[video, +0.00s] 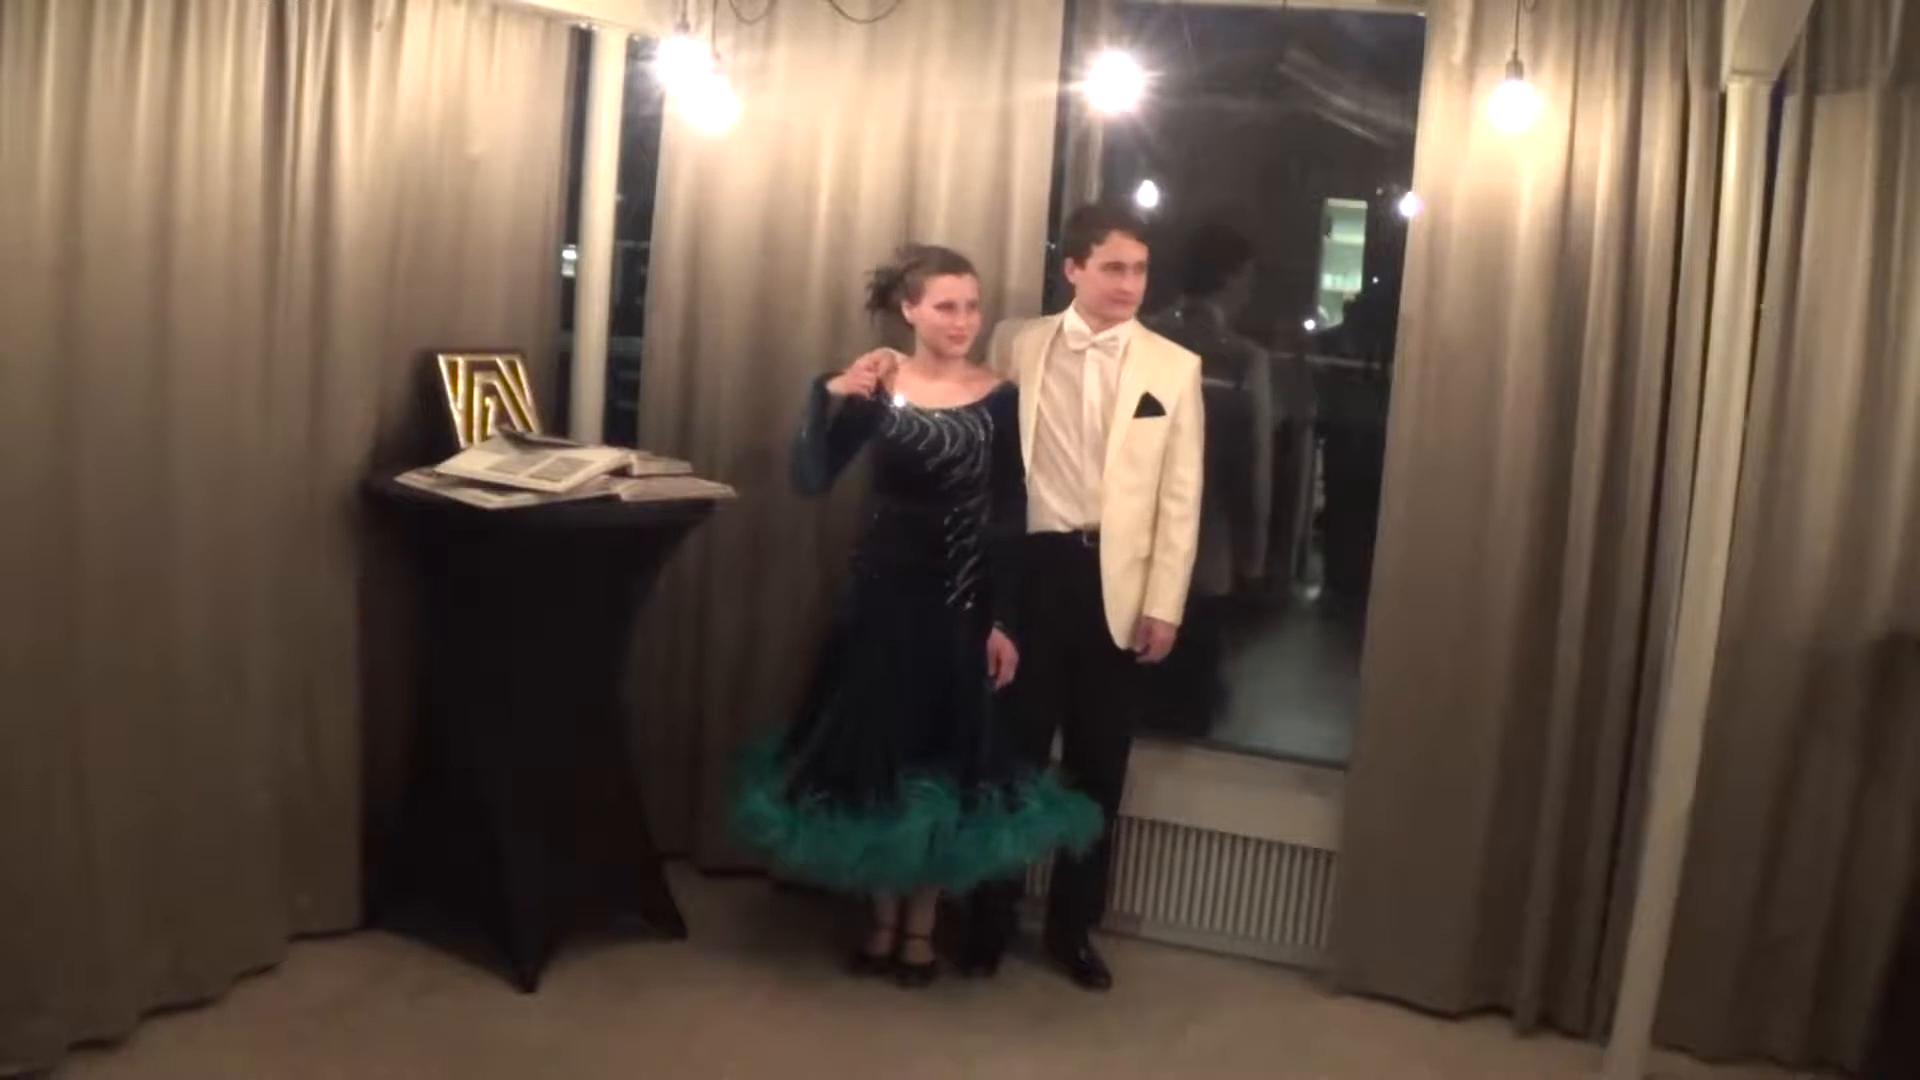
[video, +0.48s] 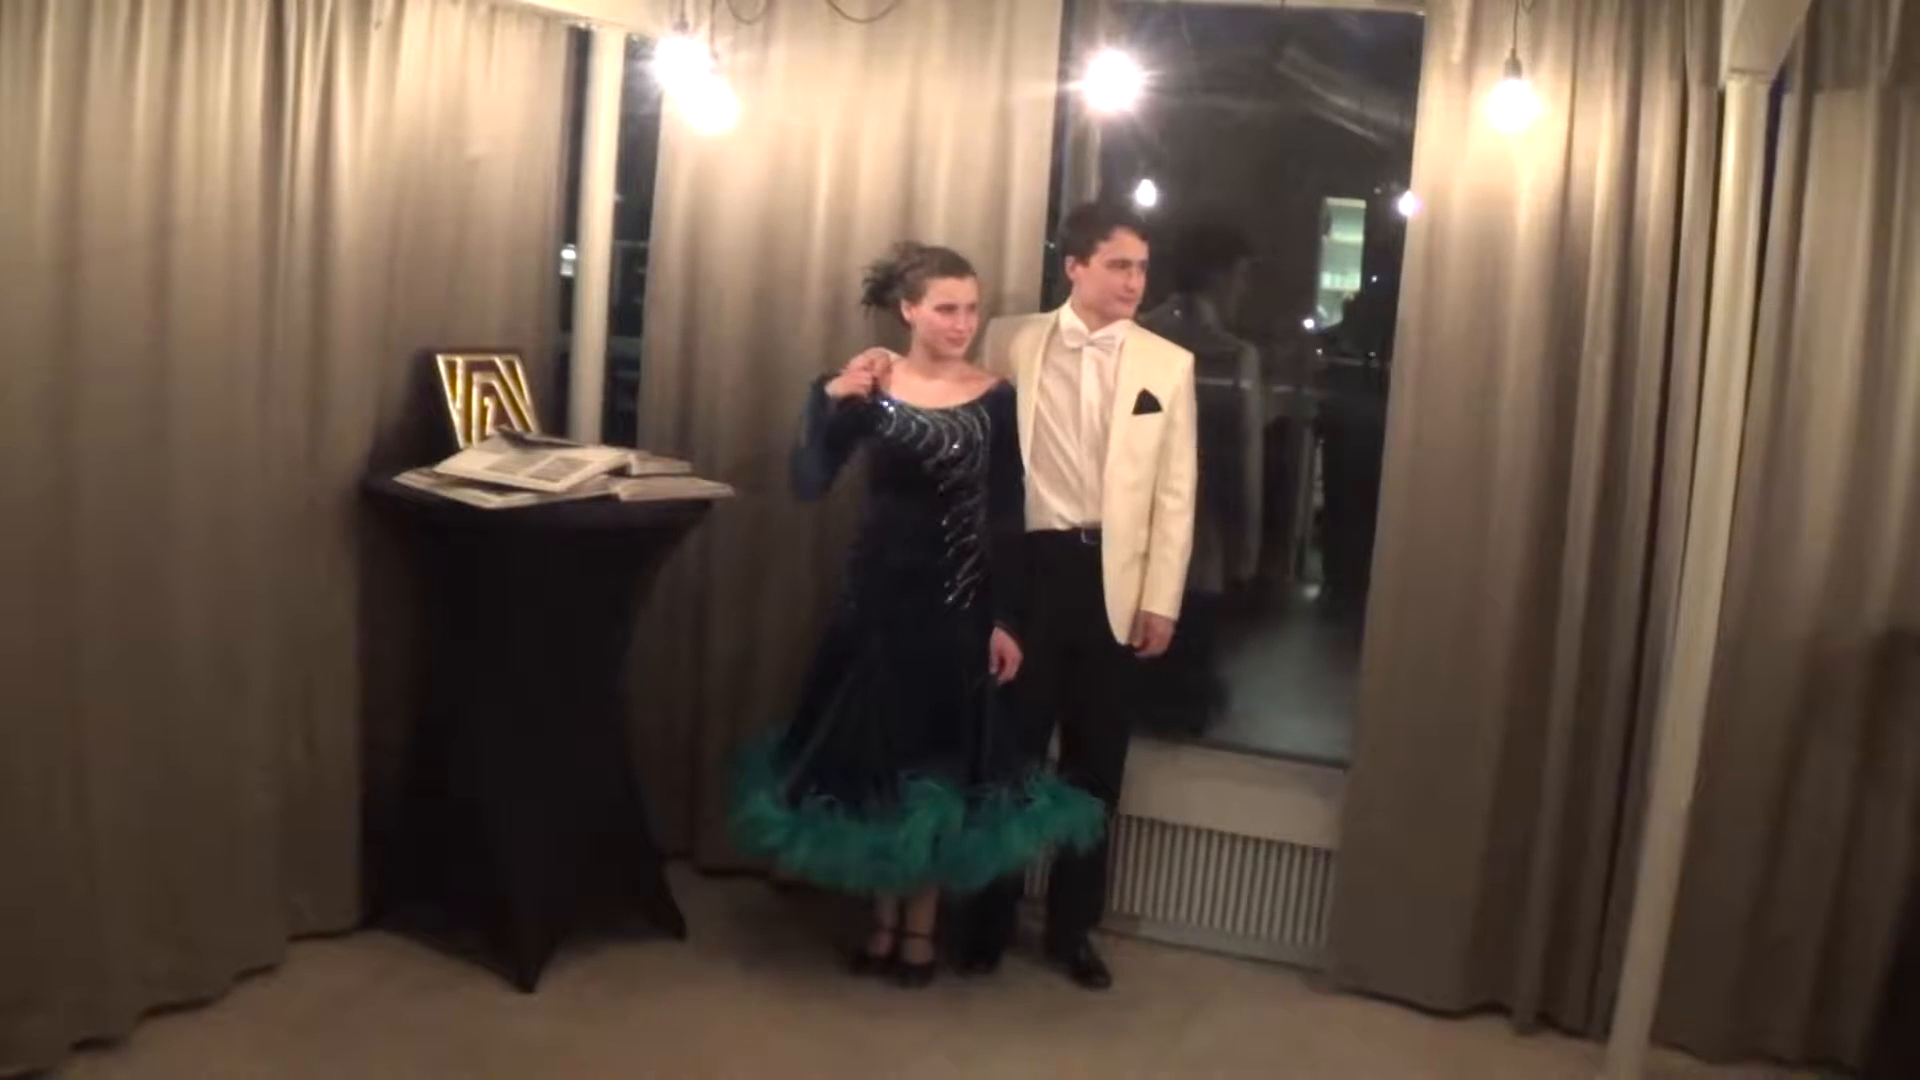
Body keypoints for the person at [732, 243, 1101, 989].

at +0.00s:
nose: (961, 321)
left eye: (971, 307)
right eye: (944, 307)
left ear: (984, 313)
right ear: (906, 312)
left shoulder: (997, 398)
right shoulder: (880, 387)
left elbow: (1008, 515)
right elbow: (812, 477)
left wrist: (1003, 620)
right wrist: (835, 394)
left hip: (962, 599)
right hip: (888, 592)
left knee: (943, 753)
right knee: (883, 748)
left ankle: (923, 914)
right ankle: (881, 910)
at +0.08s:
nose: (961, 322)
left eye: (972, 309)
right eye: (945, 308)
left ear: (984, 315)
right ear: (907, 311)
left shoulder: (997, 398)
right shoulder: (880, 388)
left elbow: (1008, 516)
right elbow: (812, 476)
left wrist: (1004, 620)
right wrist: (835, 394)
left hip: (963, 598)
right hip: (889, 591)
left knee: (944, 751)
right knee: (884, 747)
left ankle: (923, 912)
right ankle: (881, 909)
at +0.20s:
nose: (962, 323)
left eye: (972, 309)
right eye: (946, 308)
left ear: (985, 316)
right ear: (908, 311)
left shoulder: (997, 400)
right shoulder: (879, 387)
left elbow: (1008, 516)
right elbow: (813, 477)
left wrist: (1004, 620)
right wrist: (834, 395)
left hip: (962, 599)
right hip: (887, 592)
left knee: (943, 752)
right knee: (883, 748)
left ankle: (923, 912)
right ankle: (881, 909)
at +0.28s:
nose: (960, 323)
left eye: (971, 310)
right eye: (945, 309)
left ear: (984, 315)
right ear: (907, 312)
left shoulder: (996, 399)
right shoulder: (877, 386)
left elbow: (1007, 516)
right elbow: (812, 480)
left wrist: (1005, 619)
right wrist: (835, 397)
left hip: (961, 600)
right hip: (885, 592)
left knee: (942, 752)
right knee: (882, 748)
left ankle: (924, 909)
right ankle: (882, 907)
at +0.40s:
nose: (961, 323)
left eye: (971, 310)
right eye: (945, 309)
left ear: (983, 315)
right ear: (907, 311)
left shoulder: (994, 397)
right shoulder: (875, 385)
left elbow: (1006, 515)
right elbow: (810, 480)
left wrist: (1005, 619)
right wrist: (834, 397)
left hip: (961, 600)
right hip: (885, 593)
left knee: (942, 754)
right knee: (882, 749)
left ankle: (923, 911)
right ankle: (881, 908)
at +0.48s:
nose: (960, 323)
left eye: (970, 309)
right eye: (945, 309)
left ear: (982, 314)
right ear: (906, 311)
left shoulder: (993, 397)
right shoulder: (874, 386)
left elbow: (1006, 514)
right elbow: (810, 481)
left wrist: (1005, 618)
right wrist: (833, 397)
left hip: (961, 600)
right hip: (885, 594)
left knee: (942, 756)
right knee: (882, 750)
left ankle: (923, 912)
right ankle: (881, 909)